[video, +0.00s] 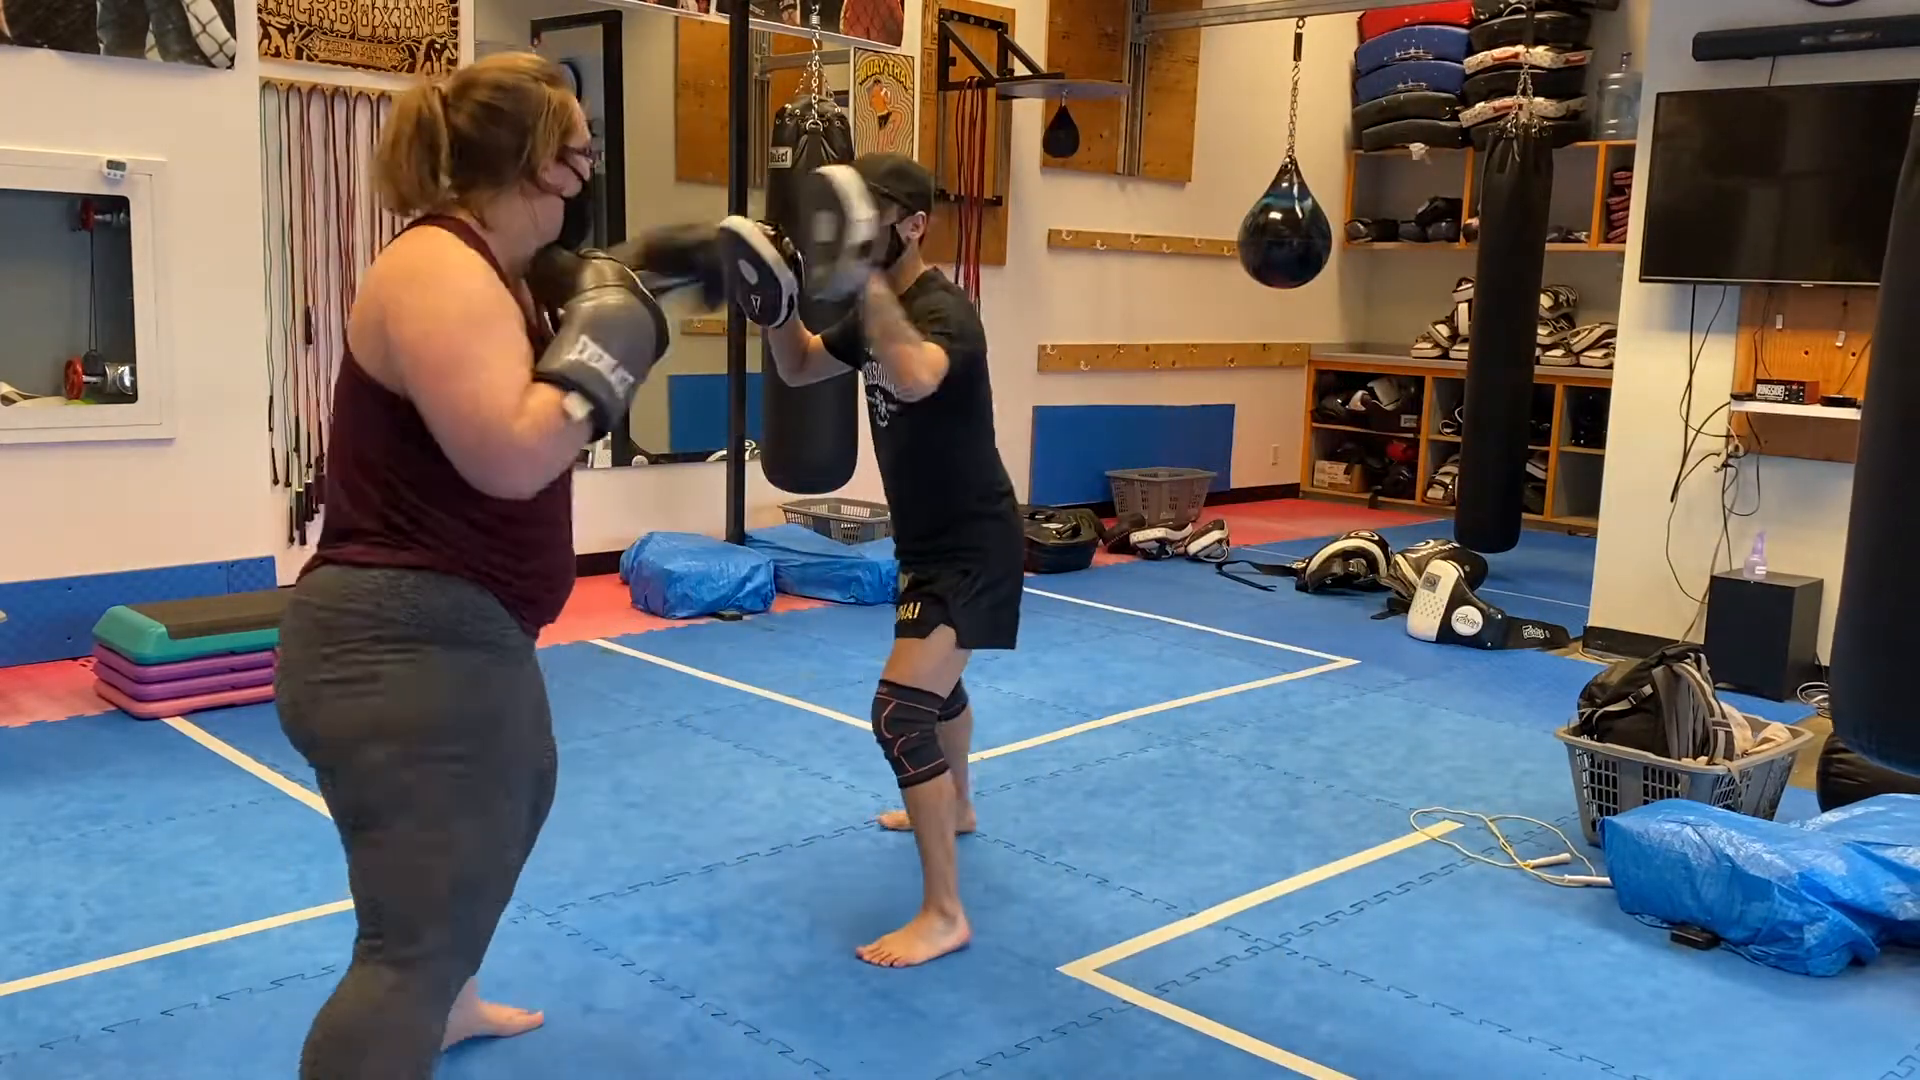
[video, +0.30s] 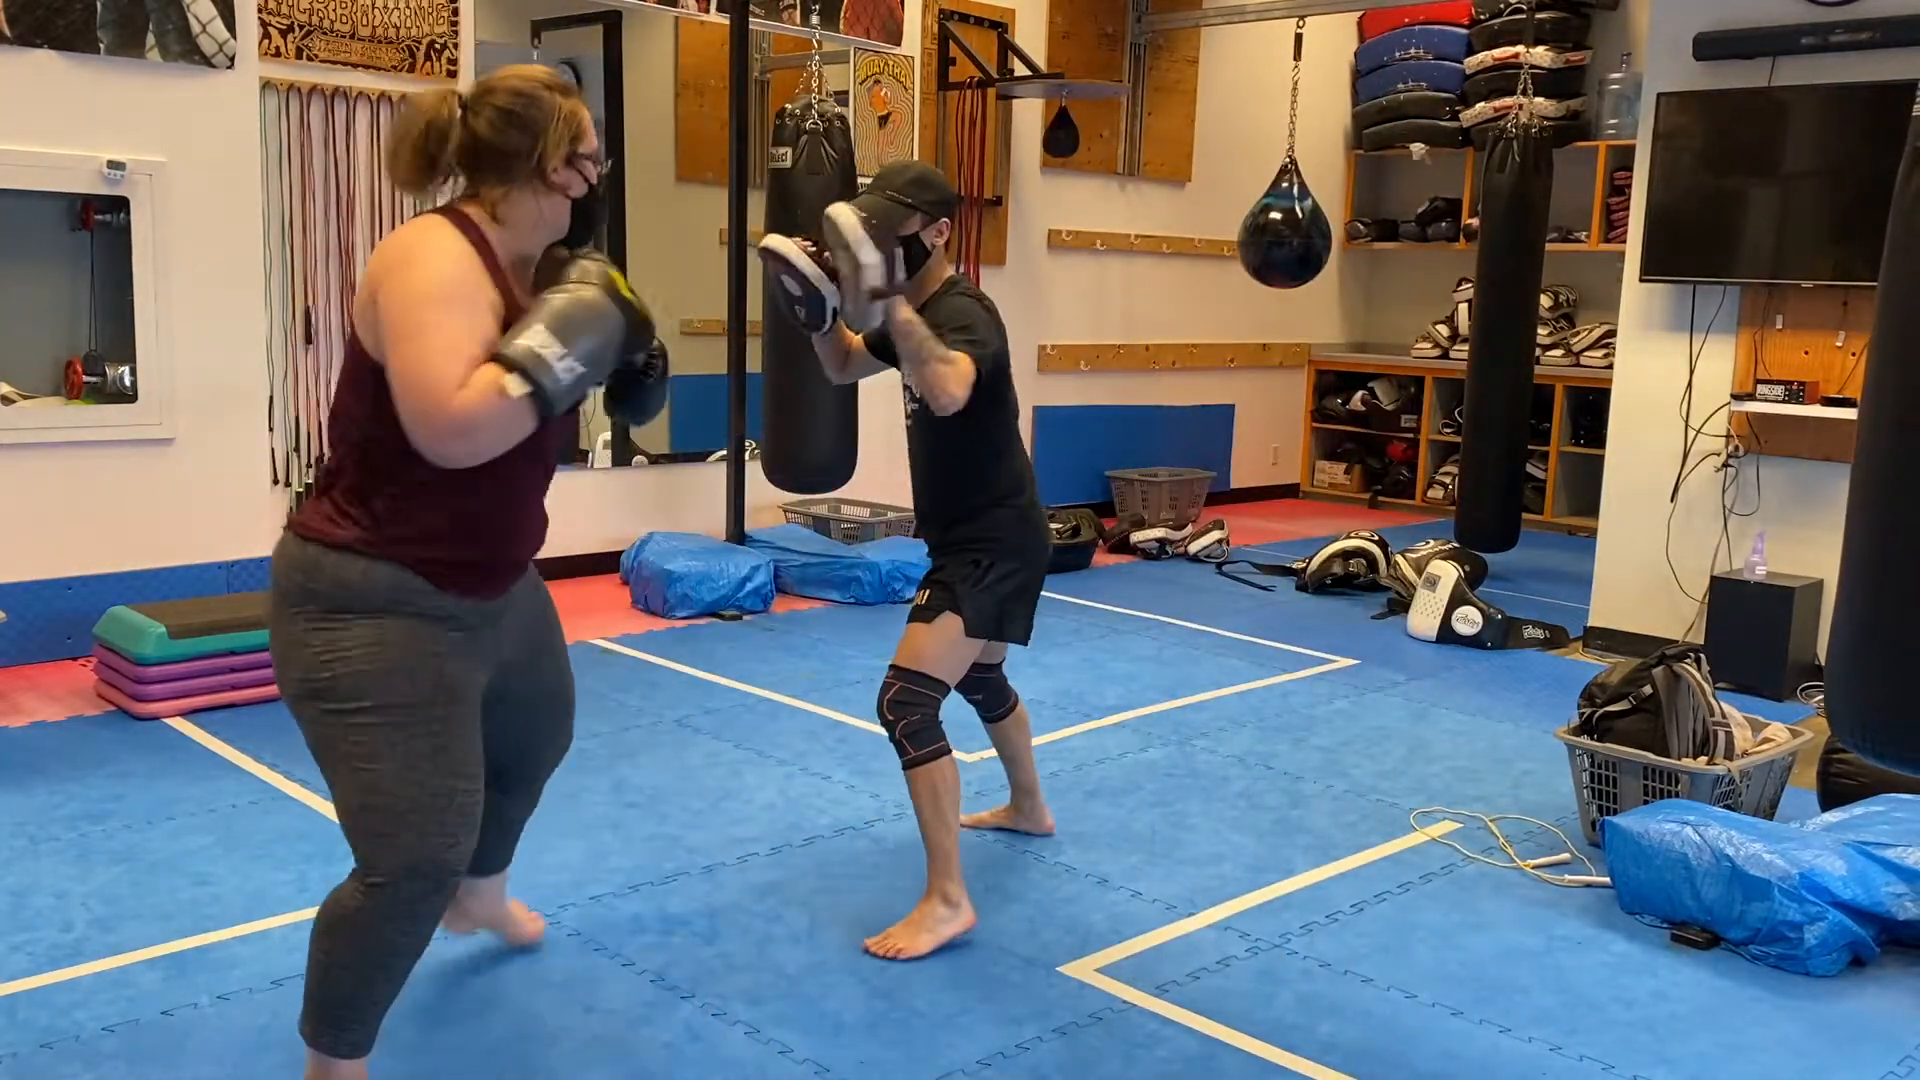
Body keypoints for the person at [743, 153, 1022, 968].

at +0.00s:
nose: (858, 241)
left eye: (869, 227)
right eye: (854, 229)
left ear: (910, 225)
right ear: (883, 231)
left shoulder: (945, 308)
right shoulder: (873, 303)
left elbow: (916, 377)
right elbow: (801, 366)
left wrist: (866, 282)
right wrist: (772, 301)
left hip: (971, 538)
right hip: (927, 534)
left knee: (904, 711)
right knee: (936, 680)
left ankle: (945, 913)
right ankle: (954, 804)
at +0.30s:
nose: (876, 251)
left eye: (888, 238)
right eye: (872, 240)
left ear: (933, 231)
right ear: (903, 237)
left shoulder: (968, 314)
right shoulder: (911, 305)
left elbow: (947, 392)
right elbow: (846, 366)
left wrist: (889, 303)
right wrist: (816, 311)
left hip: (995, 539)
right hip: (968, 534)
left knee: (908, 702)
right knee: (982, 678)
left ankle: (948, 898)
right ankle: (1029, 806)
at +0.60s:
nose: (890, 251)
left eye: (907, 239)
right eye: (889, 238)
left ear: (959, 243)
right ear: (890, 238)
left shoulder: (1001, 324)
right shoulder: (896, 318)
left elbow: (1002, 423)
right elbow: (811, 390)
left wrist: (921, 352)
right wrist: (809, 305)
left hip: (1014, 544)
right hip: (952, 542)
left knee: (949, 703)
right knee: (961, 692)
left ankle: (964, 899)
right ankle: (1027, 805)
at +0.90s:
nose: (889, 253)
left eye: (904, 242)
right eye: (890, 240)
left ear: (957, 247)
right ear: (941, 249)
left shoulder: (1012, 333)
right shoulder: (917, 329)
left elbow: (1000, 444)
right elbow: (849, 408)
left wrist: (940, 387)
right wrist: (815, 349)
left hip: (1032, 542)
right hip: (966, 539)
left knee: (960, 699)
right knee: (959, 687)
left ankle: (965, 900)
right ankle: (1029, 805)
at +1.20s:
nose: (873, 259)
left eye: (886, 247)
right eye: (873, 246)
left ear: (936, 250)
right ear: (925, 252)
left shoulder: (974, 332)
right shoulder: (924, 330)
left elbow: (937, 445)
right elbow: (906, 420)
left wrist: (878, 385)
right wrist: (855, 379)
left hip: (1034, 542)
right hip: (987, 540)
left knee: (954, 701)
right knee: (977, 680)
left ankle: (964, 900)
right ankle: (1030, 804)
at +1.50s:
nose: (845, 253)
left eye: (857, 243)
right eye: (845, 241)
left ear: (905, 246)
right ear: (894, 247)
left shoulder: (962, 331)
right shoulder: (882, 321)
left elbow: (952, 440)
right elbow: (846, 401)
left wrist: (875, 381)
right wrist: (804, 359)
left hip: (1017, 536)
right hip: (961, 532)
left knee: (953, 701)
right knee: (979, 681)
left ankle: (966, 901)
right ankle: (1030, 804)